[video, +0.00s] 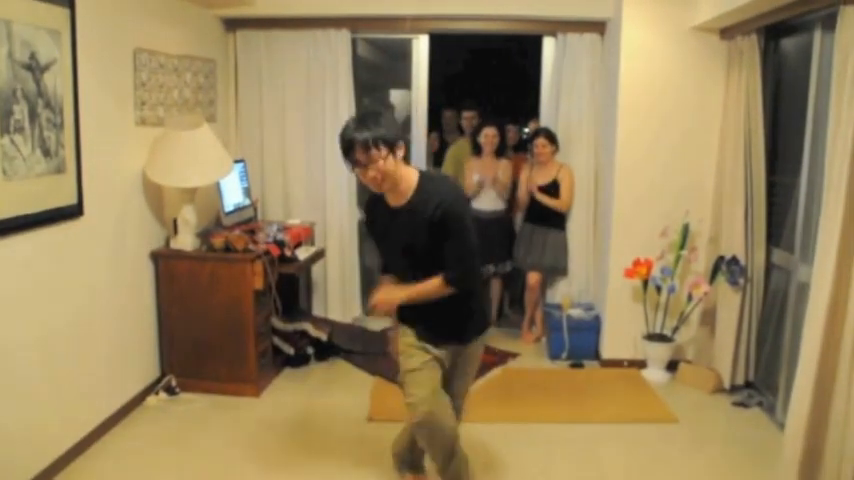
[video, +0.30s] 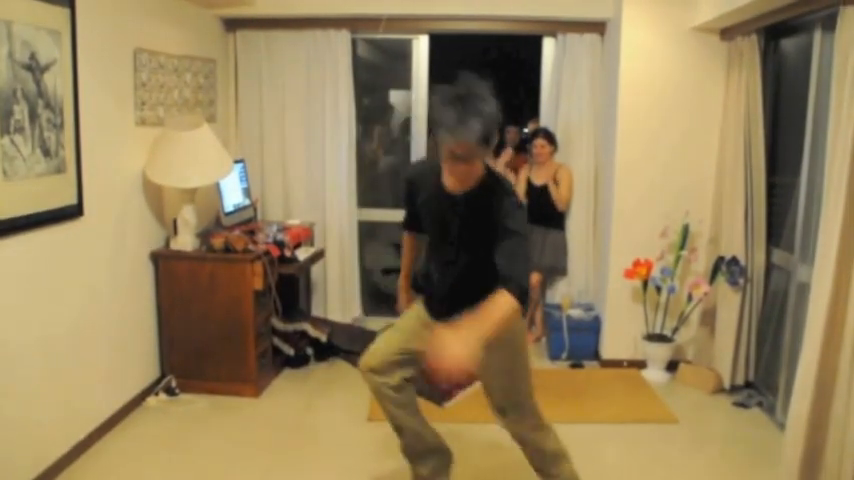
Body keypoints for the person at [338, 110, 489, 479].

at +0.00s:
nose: (372, 173)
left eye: (378, 161)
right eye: (362, 167)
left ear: (399, 152)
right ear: (354, 170)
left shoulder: (444, 196)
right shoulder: (375, 208)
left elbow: (463, 275)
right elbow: (391, 267)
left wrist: (399, 294)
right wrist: (386, 312)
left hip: (465, 327)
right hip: (415, 326)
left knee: (448, 413)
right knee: (425, 412)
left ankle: (406, 455)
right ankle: (456, 471)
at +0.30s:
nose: (456, 168)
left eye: (466, 158)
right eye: (449, 157)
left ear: (489, 150)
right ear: (437, 145)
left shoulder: (504, 202)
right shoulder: (420, 180)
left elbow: (514, 287)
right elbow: (412, 234)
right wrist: (404, 287)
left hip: (493, 317)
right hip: (435, 311)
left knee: (517, 414)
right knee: (377, 366)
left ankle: (560, 473)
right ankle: (431, 463)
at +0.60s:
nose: (459, 160)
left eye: (470, 152)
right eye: (453, 148)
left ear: (488, 150)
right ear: (440, 139)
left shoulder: (504, 201)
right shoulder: (418, 182)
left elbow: (543, 265)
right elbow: (380, 222)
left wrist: (574, 320)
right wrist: (353, 241)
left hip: (475, 324)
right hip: (427, 318)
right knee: (412, 410)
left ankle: (492, 474)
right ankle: (454, 474)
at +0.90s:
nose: (442, 140)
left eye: (452, 131)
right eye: (433, 130)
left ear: (467, 133)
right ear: (418, 131)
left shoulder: (487, 190)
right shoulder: (391, 180)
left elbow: (532, 243)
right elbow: (345, 244)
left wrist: (562, 208)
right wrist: (383, 280)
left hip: (446, 320)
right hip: (392, 317)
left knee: (406, 406)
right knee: (416, 396)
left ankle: (388, 474)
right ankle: (435, 455)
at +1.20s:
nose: (406, 107)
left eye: (416, 96)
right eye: (398, 97)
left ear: (436, 98)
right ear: (387, 100)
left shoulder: (460, 149)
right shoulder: (375, 149)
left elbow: (483, 190)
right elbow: (317, 195)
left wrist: (460, 217)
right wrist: (259, 211)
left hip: (441, 279)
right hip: (390, 260)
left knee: (420, 394)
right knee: (371, 303)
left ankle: (404, 474)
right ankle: (377, 410)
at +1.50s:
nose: (392, 145)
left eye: (400, 135)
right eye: (384, 136)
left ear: (419, 136)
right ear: (371, 139)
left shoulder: (454, 195)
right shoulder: (358, 194)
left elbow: (475, 257)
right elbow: (371, 254)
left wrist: (475, 312)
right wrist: (365, 301)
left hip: (420, 332)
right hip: (364, 316)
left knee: (401, 447)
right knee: (337, 414)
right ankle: (341, 474)